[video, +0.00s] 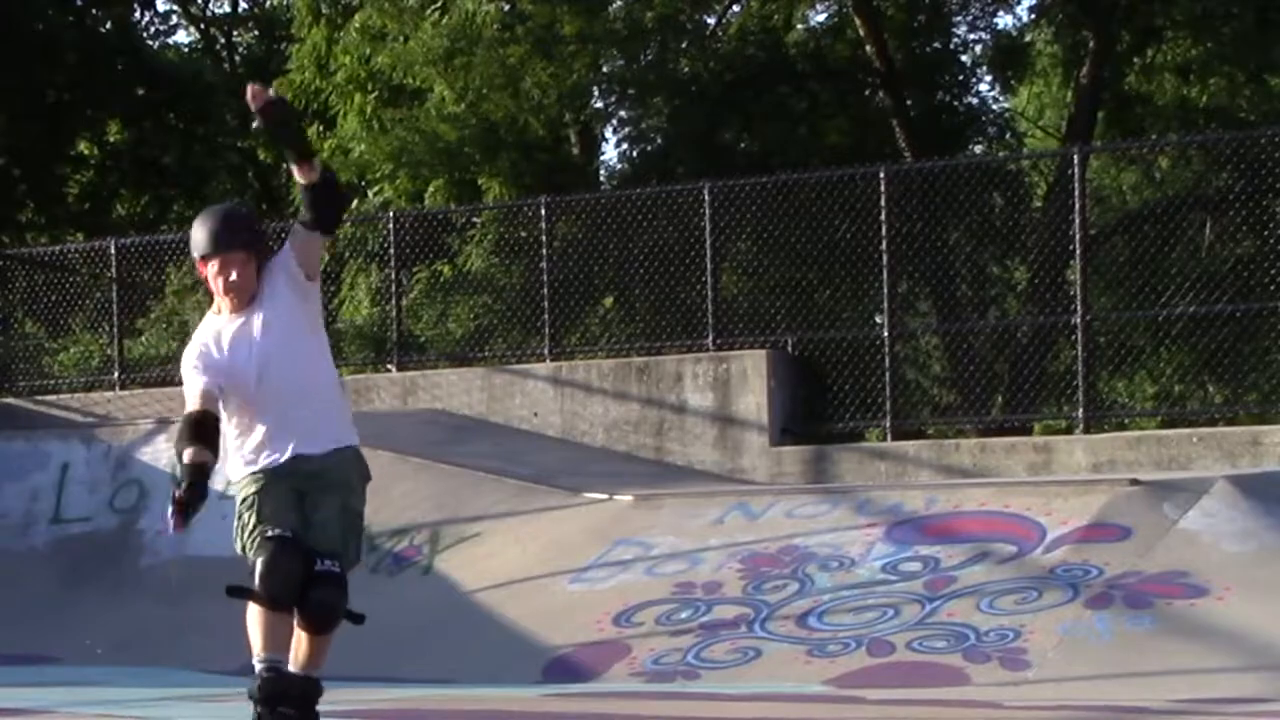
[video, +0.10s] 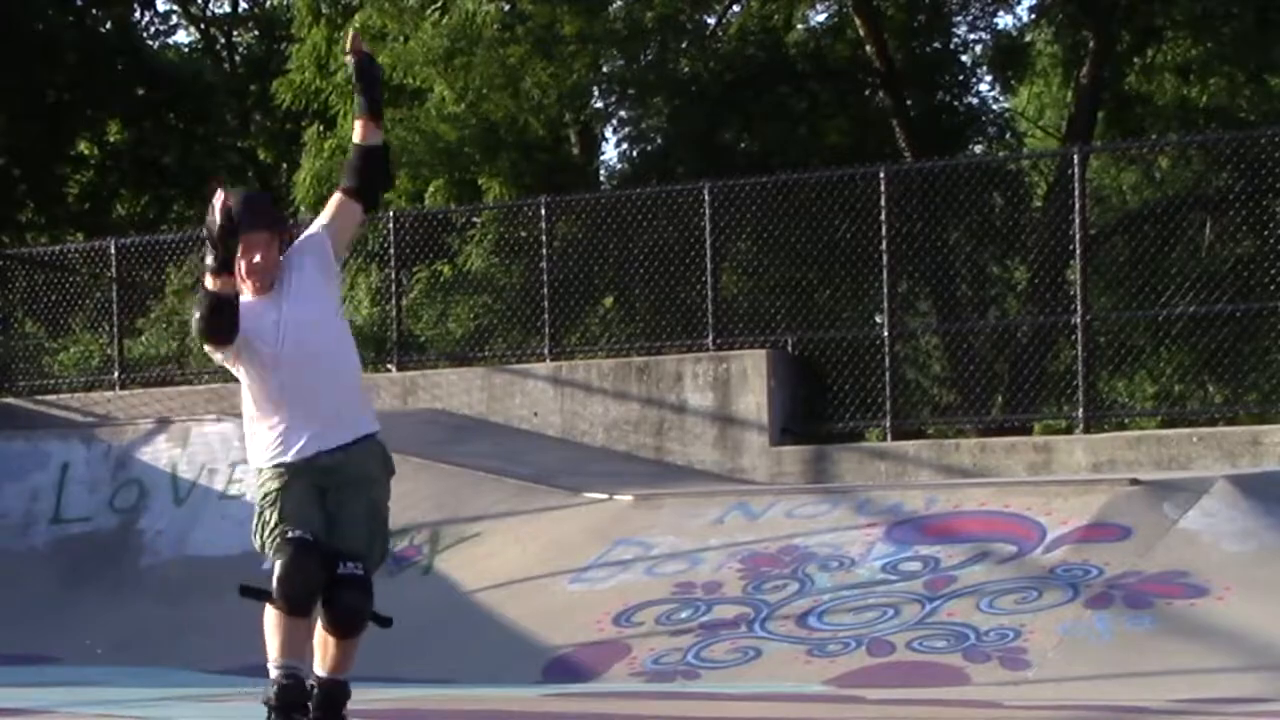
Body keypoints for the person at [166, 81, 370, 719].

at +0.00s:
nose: (226, 273)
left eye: (235, 259)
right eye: (214, 264)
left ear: (259, 254)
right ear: (201, 270)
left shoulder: (292, 279)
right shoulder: (204, 347)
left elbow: (324, 204)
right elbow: (201, 425)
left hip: (332, 456)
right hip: (262, 468)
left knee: (326, 591)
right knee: (279, 568)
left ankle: (300, 697)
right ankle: (270, 689)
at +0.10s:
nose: (257, 261)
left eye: (266, 248)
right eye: (247, 252)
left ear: (285, 241)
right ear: (232, 255)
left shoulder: (315, 254)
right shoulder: (227, 307)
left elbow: (365, 180)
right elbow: (215, 335)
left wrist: (368, 97)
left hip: (357, 450)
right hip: (284, 461)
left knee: (351, 592)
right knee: (299, 569)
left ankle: (329, 706)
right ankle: (286, 700)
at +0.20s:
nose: (282, 236)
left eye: (293, 222)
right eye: (271, 225)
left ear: (315, 216)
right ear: (253, 224)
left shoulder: (346, 246)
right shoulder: (246, 281)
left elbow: (409, 184)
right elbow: (229, 235)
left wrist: (429, 98)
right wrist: (240, 147)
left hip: (372, 440)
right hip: (297, 452)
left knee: (375, 591)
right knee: (322, 572)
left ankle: (353, 707)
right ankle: (310, 703)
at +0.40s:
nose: (372, 202)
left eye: (382, 189)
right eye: (360, 187)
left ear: (393, 190)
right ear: (328, 184)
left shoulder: (413, 235)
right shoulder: (306, 248)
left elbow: (488, 206)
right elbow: (286, 170)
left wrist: (534, 130)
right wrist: (315, 92)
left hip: (407, 438)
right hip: (331, 441)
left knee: (415, 587)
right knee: (369, 579)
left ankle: (401, 706)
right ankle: (362, 706)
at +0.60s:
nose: (444, 180)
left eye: (454, 167)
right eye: (432, 165)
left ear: (463, 168)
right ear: (397, 161)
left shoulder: (485, 215)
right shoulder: (370, 227)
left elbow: (569, 178)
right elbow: (365, 143)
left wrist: (607, 85)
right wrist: (409, 56)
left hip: (471, 432)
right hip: (390, 430)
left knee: (477, 586)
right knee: (428, 577)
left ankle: (459, 704)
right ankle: (421, 707)